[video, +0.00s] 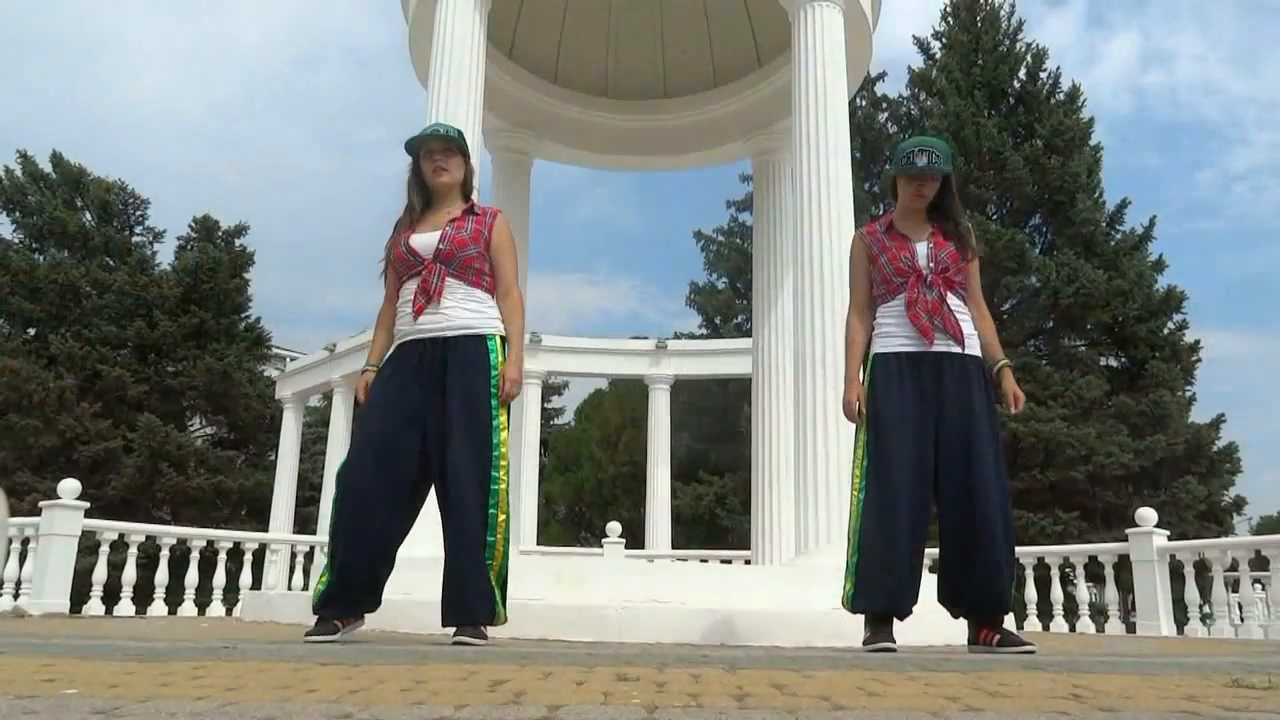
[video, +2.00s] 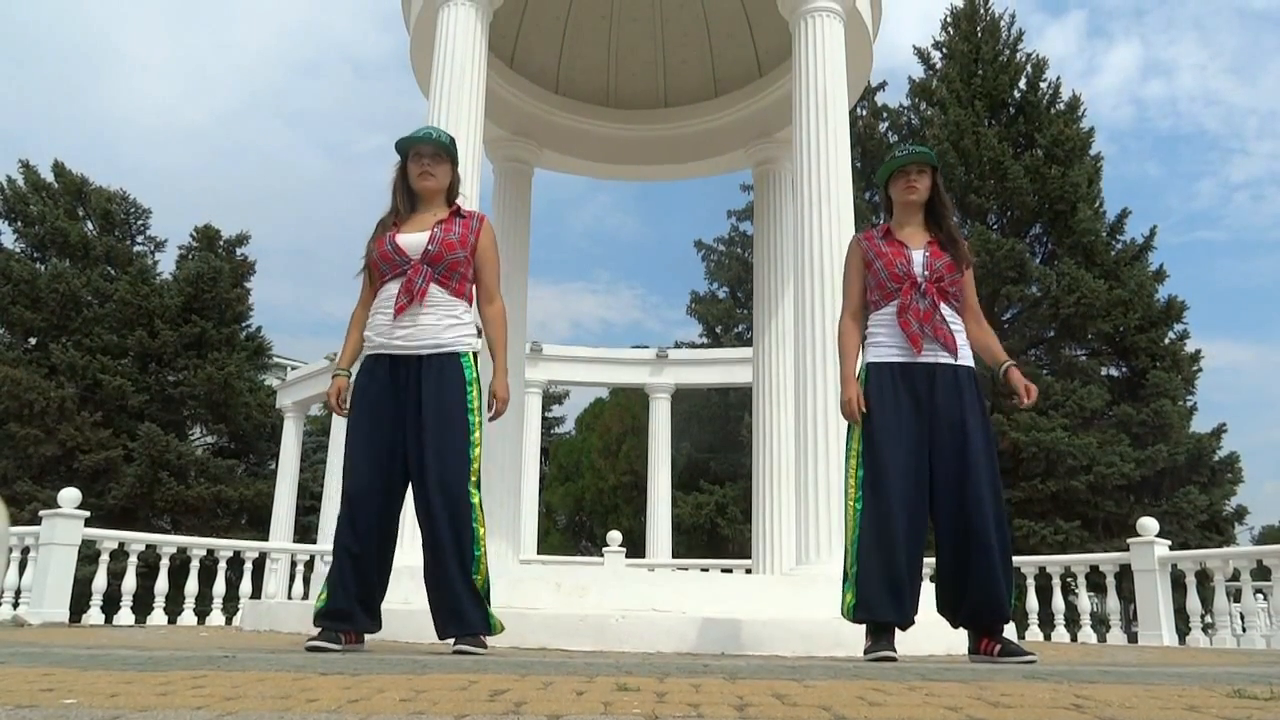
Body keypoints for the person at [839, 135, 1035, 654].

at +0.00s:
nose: (919, 185)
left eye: (928, 178)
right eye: (911, 176)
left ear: (942, 184)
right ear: (895, 179)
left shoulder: (960, 240)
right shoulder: (869, 239)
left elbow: (978, 309)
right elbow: (860, 313)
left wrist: (1003, 368)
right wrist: (853, 377)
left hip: (962, 373)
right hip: (897, 372)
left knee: (978, 490)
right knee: (895, 491)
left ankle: (985, 625)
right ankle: (879, 620)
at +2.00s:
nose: (914, 179)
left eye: (922, 173)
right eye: (905, 173)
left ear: (934, 185)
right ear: (888, 185)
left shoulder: (955, 248)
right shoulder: (866, 245)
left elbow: (974, 320)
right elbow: (852, 316)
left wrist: (1008, 368)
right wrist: (849, 377)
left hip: (954, 381)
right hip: (890, 380)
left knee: (973, 498)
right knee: (891, 501)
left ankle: (984, 634)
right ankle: (881, 629)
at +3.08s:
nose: (938, 192)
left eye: (948, 187)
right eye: (930, 185)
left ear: (958, 203)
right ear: (913, 194)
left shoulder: (951, 264)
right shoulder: (892, 241)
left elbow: (967, 335)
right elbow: (867, 300)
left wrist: (1009, 305)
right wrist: (911, 234)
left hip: (917, 400)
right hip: (882, 391)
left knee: (897, 505)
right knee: (940, 483)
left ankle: (884, 633)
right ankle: (920, 632)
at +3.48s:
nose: (921, 226)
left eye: (930, 221)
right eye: (912, 220)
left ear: (940, 233)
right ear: (894, 228)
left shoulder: (927, 291)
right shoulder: (879, 255)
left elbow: (952, 359)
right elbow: (844, 300)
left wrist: (980, 329)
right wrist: (912, 269)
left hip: (911, 395)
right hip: (879, 387)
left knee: (936, 502)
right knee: (922, 495)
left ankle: (886, 635)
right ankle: (914, 635)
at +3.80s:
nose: (921, 247)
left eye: (930, 243)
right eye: (913, 240)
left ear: (939, 258)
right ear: (896, 249)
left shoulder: (926, 310)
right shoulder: (879, 273)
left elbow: (939, 376)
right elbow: (843, 320)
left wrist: (972, 348)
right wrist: (911, 296)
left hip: (913, 410)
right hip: (879, 399)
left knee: (948, 515)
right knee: (919, 503)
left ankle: (889, 640)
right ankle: (915, 641)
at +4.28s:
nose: (936, 259)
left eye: (944, 257)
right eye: (928, 254)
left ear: (950, 277)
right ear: (910, 265)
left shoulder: (934, 329)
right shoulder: (893, 281)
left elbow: (934, 411)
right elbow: (827, 321)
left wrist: (976, 396)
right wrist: (888, 317)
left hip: (914, 430)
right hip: (876, 418)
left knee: (956, 534)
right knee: (930, 510)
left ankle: (888, 644)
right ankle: (922, 644)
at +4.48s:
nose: (936, 212)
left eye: (945, 210)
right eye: (927, 207)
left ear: (952, 228)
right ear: (910, 221)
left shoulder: (946, 287)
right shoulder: (884, 257)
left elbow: (957, 369)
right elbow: (813, 301)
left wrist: (979, 337)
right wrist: (848, 349)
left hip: (916, 403)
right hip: (876, 390)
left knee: (897, 505)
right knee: (951, 473)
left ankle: (882, 651)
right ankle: (884, 581)